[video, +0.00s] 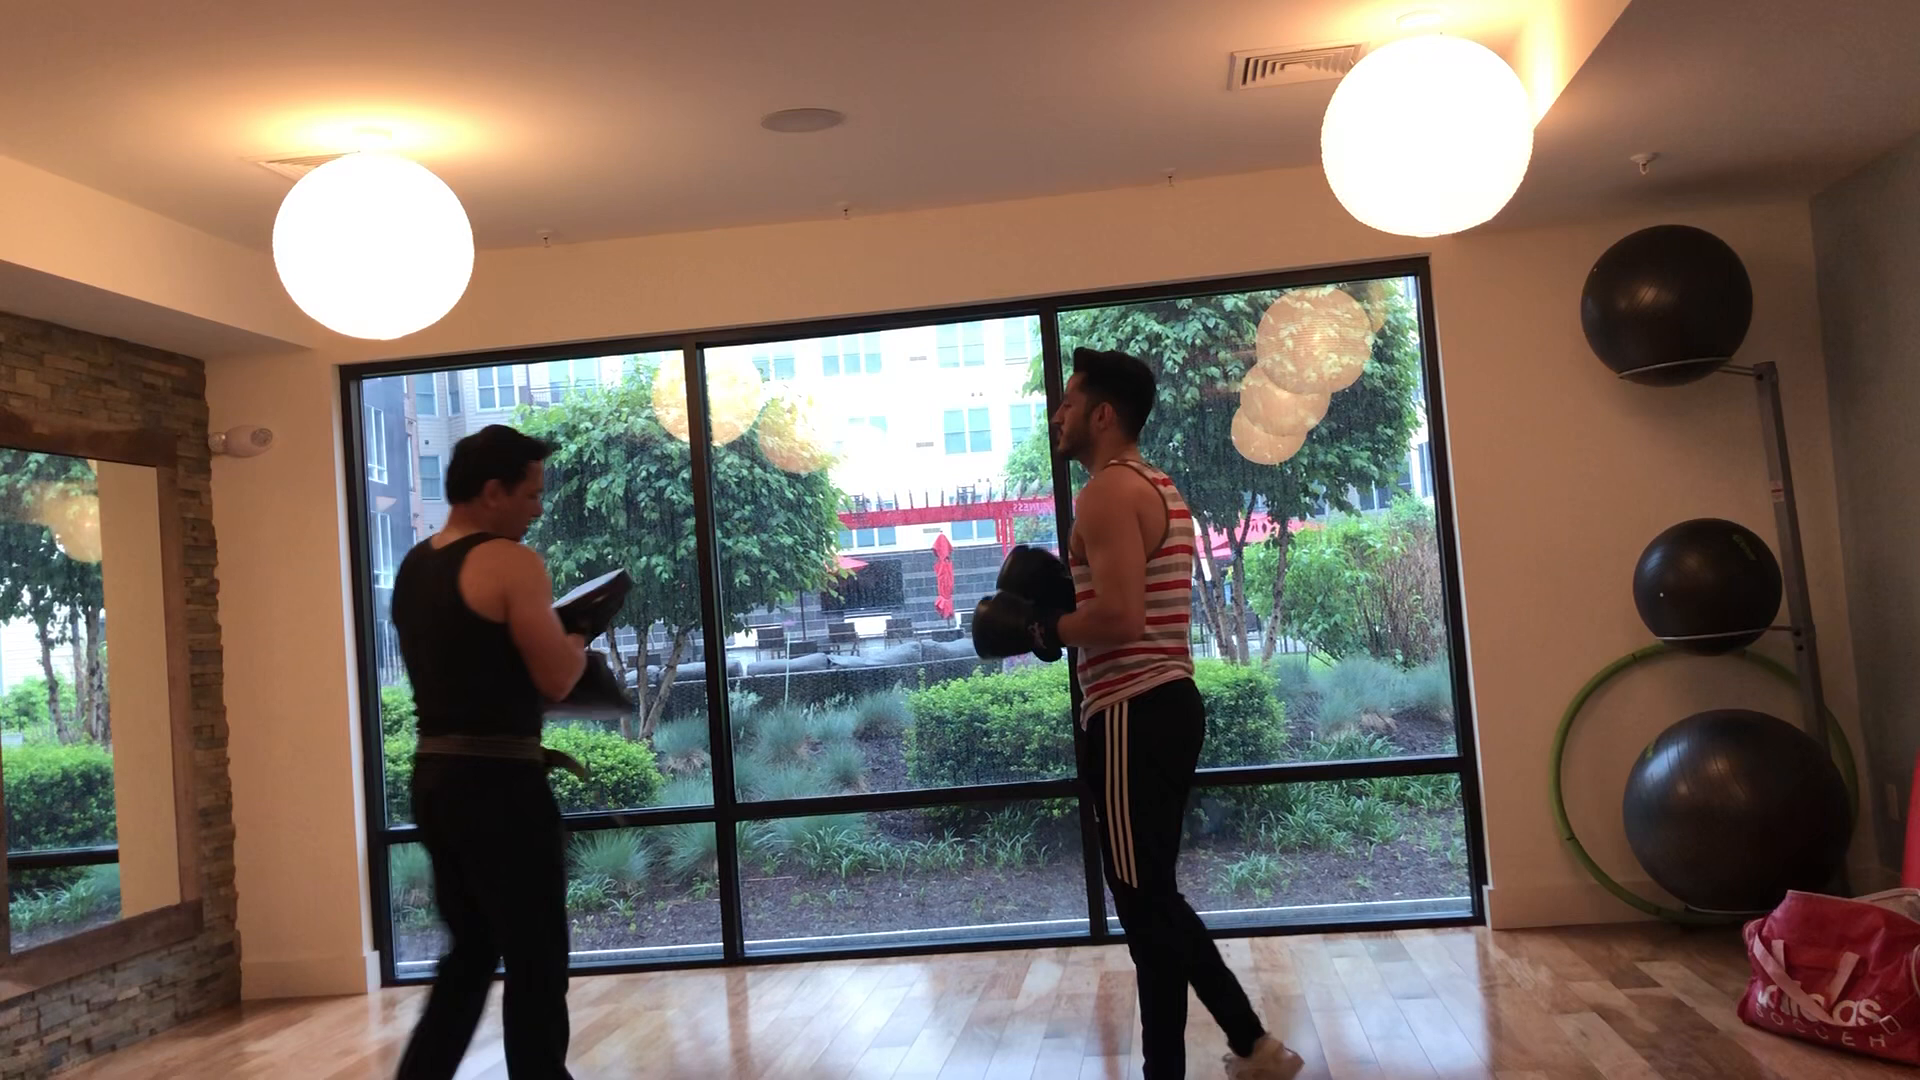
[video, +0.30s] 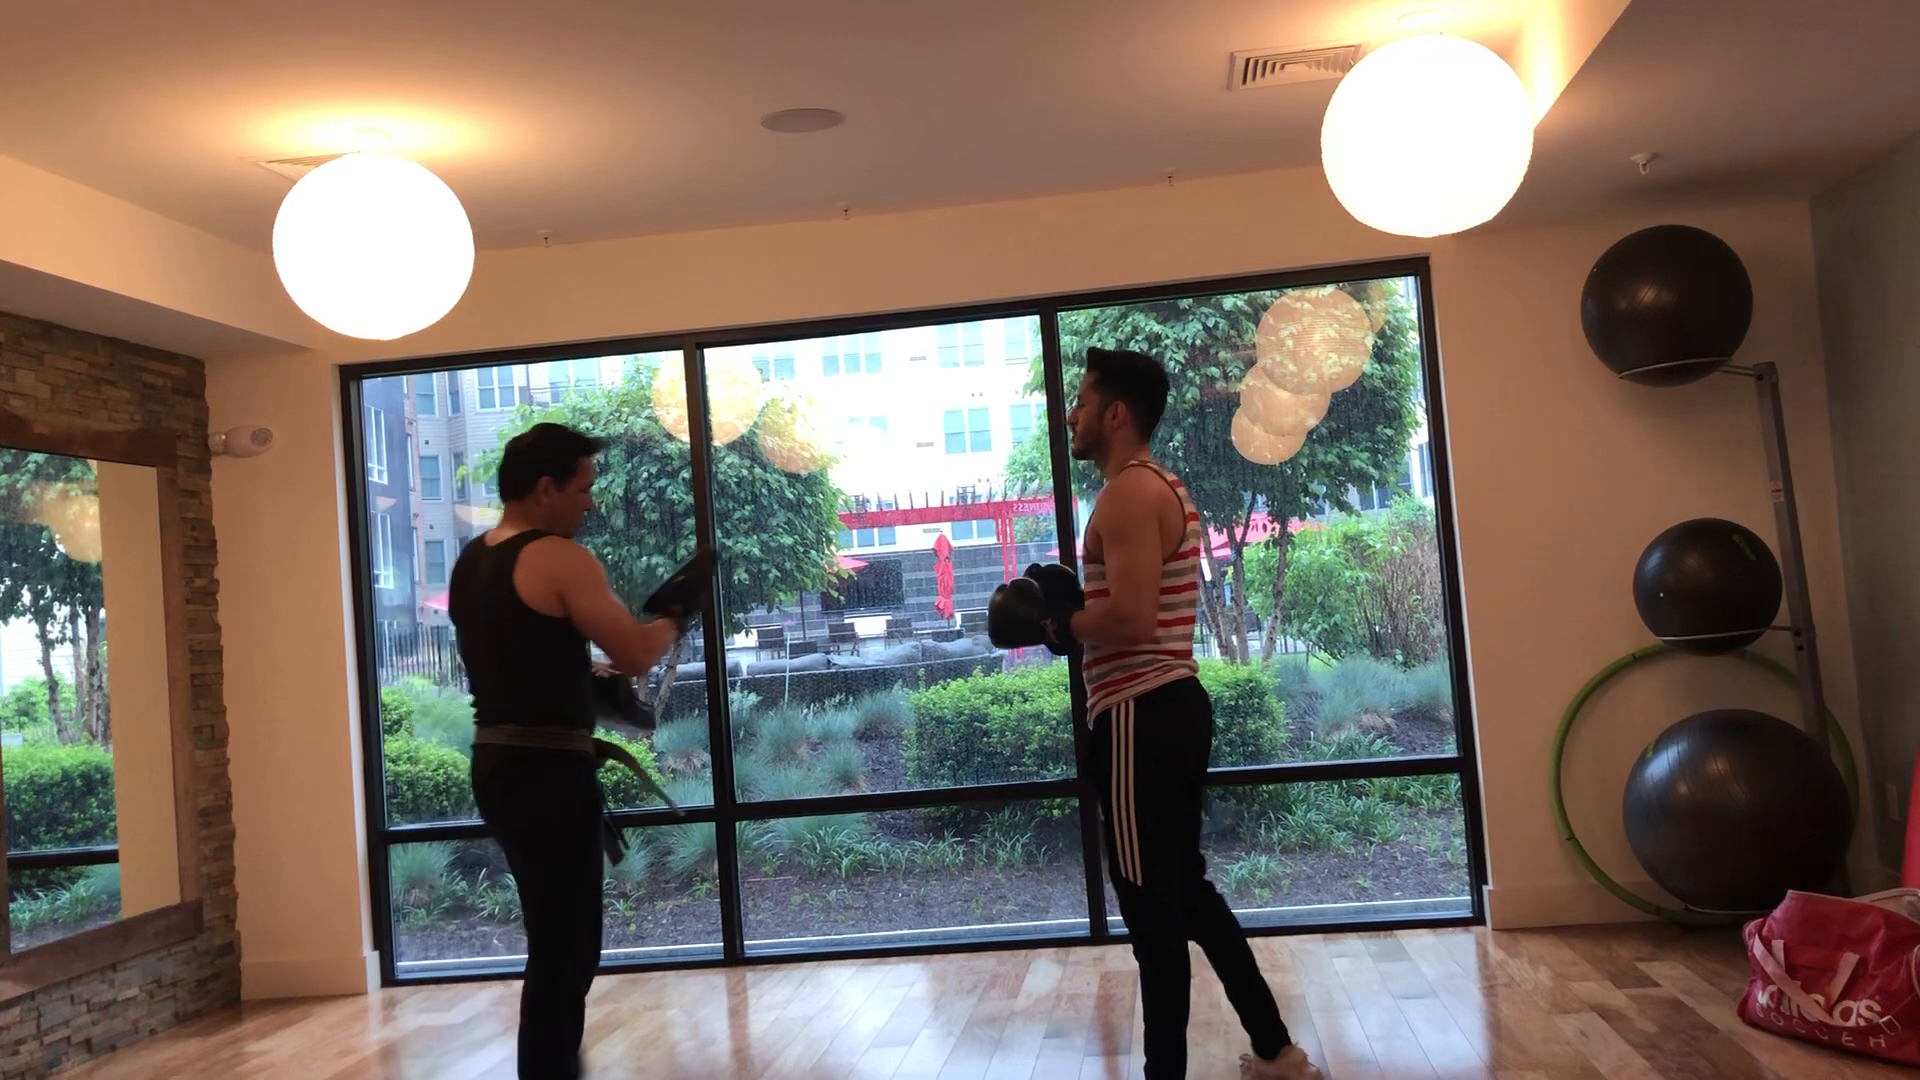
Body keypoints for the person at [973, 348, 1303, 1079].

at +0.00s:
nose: (1055, 413)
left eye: (1066, 400)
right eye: (1061, 399)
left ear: (1102, 413)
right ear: (1115, 417)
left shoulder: (1109, 493)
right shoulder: (1158, 489)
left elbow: (1117, 617)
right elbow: (1140, 604)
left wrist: (1044, 629)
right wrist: (1060, 597)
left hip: (1132, 708)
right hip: (1168, 701)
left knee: (1139, 895)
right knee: (1149, 892)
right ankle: (1250, 1044)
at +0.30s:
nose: (1069, 415)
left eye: (1079, 402)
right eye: (1074, 402)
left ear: (1114, 413)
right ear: (1126, 416)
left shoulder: (1130, 493)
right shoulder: (1158, 488)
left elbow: (1127, 619)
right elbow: (1135, 611)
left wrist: (1054, 621)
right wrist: (1066, 606)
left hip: (1140, 712)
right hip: (1171, 704)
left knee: (1147, 901)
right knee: (1182, 883)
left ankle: (1163, 1073)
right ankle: (1274, 1047)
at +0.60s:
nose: (1106, 419)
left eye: (1113, 405)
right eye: (1109, 404)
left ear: (1147, 414)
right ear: (1167, 418)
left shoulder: (1149, 492)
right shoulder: (1212, 486)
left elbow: (1145, 614)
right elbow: (1198, 603)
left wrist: (1092, 621)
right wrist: (1118, 588)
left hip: (1168, 710)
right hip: (1221, 700)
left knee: (1159, 901)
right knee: (1241, 887)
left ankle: (1166, 1067)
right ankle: (1293, 1050)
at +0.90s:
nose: (1132, 426)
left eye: (1140, 413)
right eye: (1136, 411)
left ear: (1174, 419)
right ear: (1196, 423)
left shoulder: (1178, 491)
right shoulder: (1250, 488)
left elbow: (1178, 608)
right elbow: (1236, 601)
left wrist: (1131, 620)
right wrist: (1151, 600)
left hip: (1220, 712)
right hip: (1272, 701)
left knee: (1192, 900)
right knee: (1277, 887)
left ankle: (1175, 1067)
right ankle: (1300, 1053)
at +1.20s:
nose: (1153, 423)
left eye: (1163, 410)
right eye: (1156, 409)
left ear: (1199, 418)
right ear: (1214, 421)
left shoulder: (1210, 485)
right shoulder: (1264, 484)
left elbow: (1215, 603)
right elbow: (1248, 602)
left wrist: (1157, 615)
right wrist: (1172, 605)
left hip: (1242, 704)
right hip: (1291, 696)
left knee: (1201, 885)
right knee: (1284, 882)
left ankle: (1267, 1056)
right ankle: (1300, 1050)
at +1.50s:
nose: (1182, 411)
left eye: (1195, 398)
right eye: (1185, 397)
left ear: (1237, 410)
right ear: (1238, 413)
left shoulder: (1248, 482)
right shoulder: (1261, 481)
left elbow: (1248, 604)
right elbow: (1255, 601)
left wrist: (1168, 608)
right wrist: (1178, 598)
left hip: (1266, 702)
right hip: (1268, 698)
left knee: (1280, 885)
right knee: (1275, 883)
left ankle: (1353, 1065)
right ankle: (1297, 1054)